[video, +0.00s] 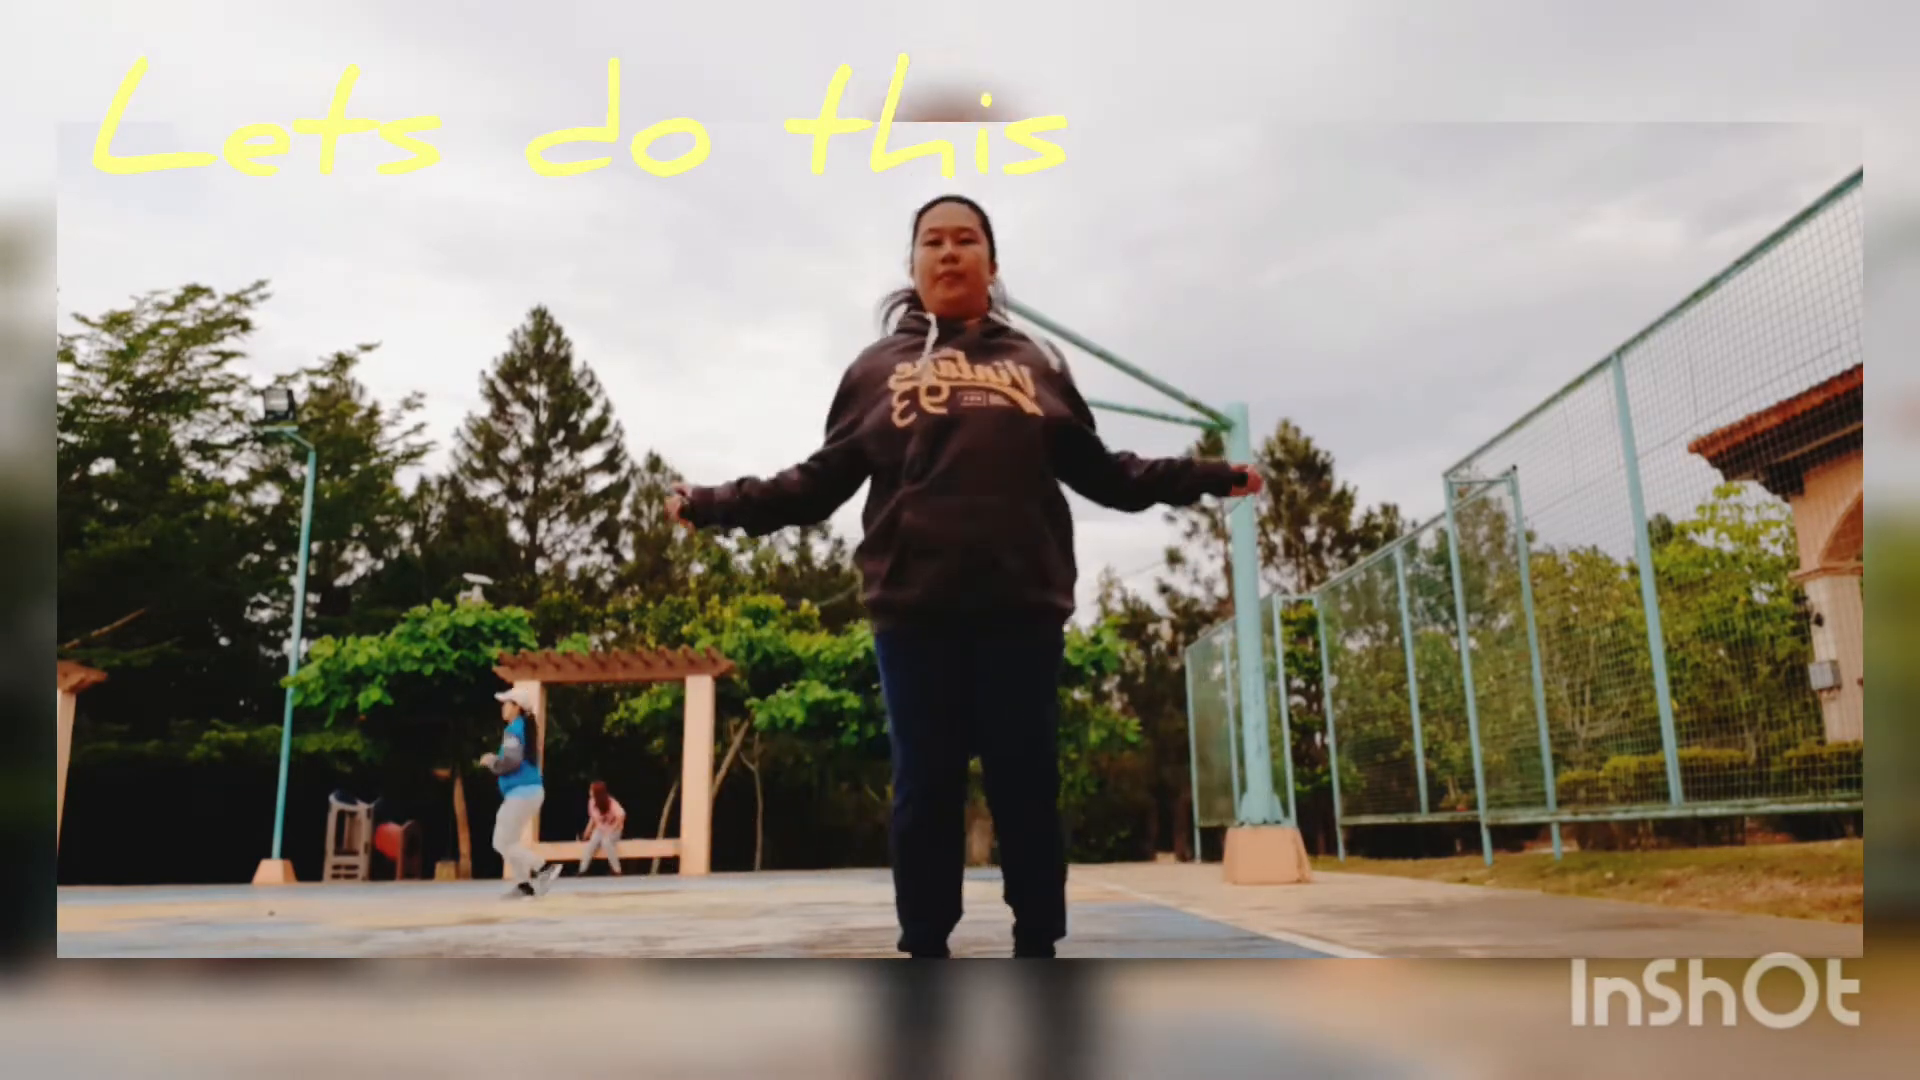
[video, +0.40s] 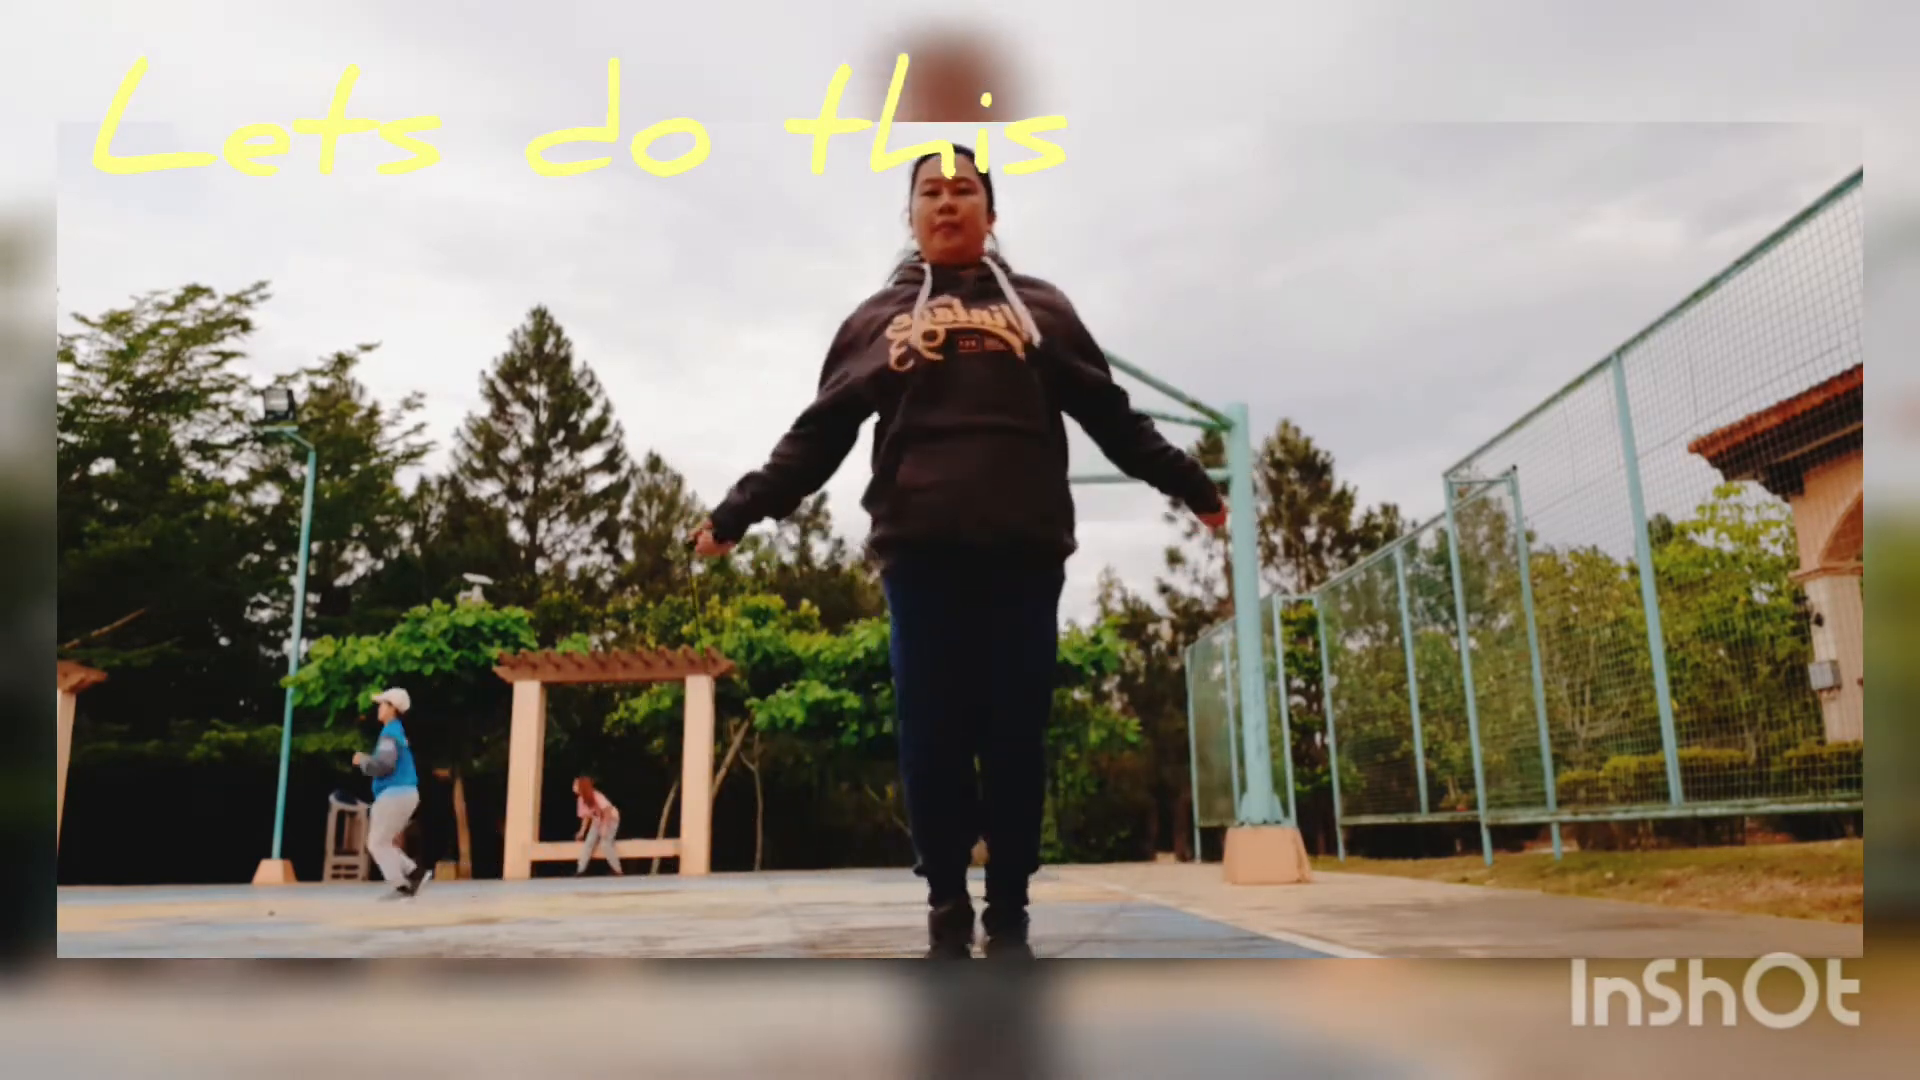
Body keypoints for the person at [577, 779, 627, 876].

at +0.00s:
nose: (590, 793)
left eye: (592, 791)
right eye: (590, 790)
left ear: (598, 793)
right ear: (595, 793)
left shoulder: (611, 802)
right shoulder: (592, 802)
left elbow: (621, 814)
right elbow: (593, 818)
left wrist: (614, 828)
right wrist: (587, 832)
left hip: (612, 827)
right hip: (600, 827)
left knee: (607, 843)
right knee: (591, 844)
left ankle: (616, 869)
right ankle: (582, 869)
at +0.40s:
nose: (574, 788)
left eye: (577, 785)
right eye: (574, 785)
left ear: (583, 786)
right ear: (576, 787)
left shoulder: (596, 796)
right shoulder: (581, 799)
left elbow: (607, 812)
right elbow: (586, 817)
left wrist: (604, 828)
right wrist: (581, 832)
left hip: (610, 817)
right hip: (597, 817)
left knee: (606, 843)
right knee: (589, 842)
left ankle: (618, 869)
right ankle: (581, 869)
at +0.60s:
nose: (563, 782)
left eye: (565, 779)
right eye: (563, 779)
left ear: (572, 782)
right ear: (569, 783)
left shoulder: (583, 791)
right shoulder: (574, 794)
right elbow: (582, 814)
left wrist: (598, 827)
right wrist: (579, 830)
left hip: (604, 816)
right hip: (591, 818)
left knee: (604, 842)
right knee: (582, 840)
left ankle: (618, 869)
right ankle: (578, 870)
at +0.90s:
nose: (551, 774)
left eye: (552, 771)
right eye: (551, 771)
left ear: (558, 771)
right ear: (560, 771)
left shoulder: (566, 781)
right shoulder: (562, 784)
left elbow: (575, 800)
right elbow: (570, 805)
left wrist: (571, 816)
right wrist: (566, 819)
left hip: (582, 813)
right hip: (575, 814)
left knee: (578, 840)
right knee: (571, 841)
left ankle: (599, 863)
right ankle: (575, 870)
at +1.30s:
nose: (537, 770)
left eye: (539, 767)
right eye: (538, 767)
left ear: (542, 768)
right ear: (548, 768)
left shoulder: (547, 780)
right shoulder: (546, 781)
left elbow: (552, 797)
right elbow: (542, 799)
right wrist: (543, 817)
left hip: (554, 814)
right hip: (558, 813)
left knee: (545, 840)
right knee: (561, 841)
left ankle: (538, 870)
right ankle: (574, 868)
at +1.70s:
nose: (520, 766)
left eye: (517, 763)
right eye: (523, 763)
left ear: (514, 764)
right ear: (525, 764)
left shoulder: (510, 778)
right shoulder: (530, 777)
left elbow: (506, 798)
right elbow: (537, 793)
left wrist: (500, 813)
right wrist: (536, 809)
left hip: (519, 811)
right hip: (532, 810)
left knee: (520, 842)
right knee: (518, 841)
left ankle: (534, 868)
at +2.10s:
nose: (495, 766)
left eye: (494, 763)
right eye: (497, 764)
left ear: (492, 764)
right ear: (504, 764)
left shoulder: (488, 777)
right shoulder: (508, 777)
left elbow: (485, 797)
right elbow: (510, 795)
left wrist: (479, 813)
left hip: (493, 810)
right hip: (506, 809)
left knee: (478, 837)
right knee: (498, 839)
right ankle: (501, 869)